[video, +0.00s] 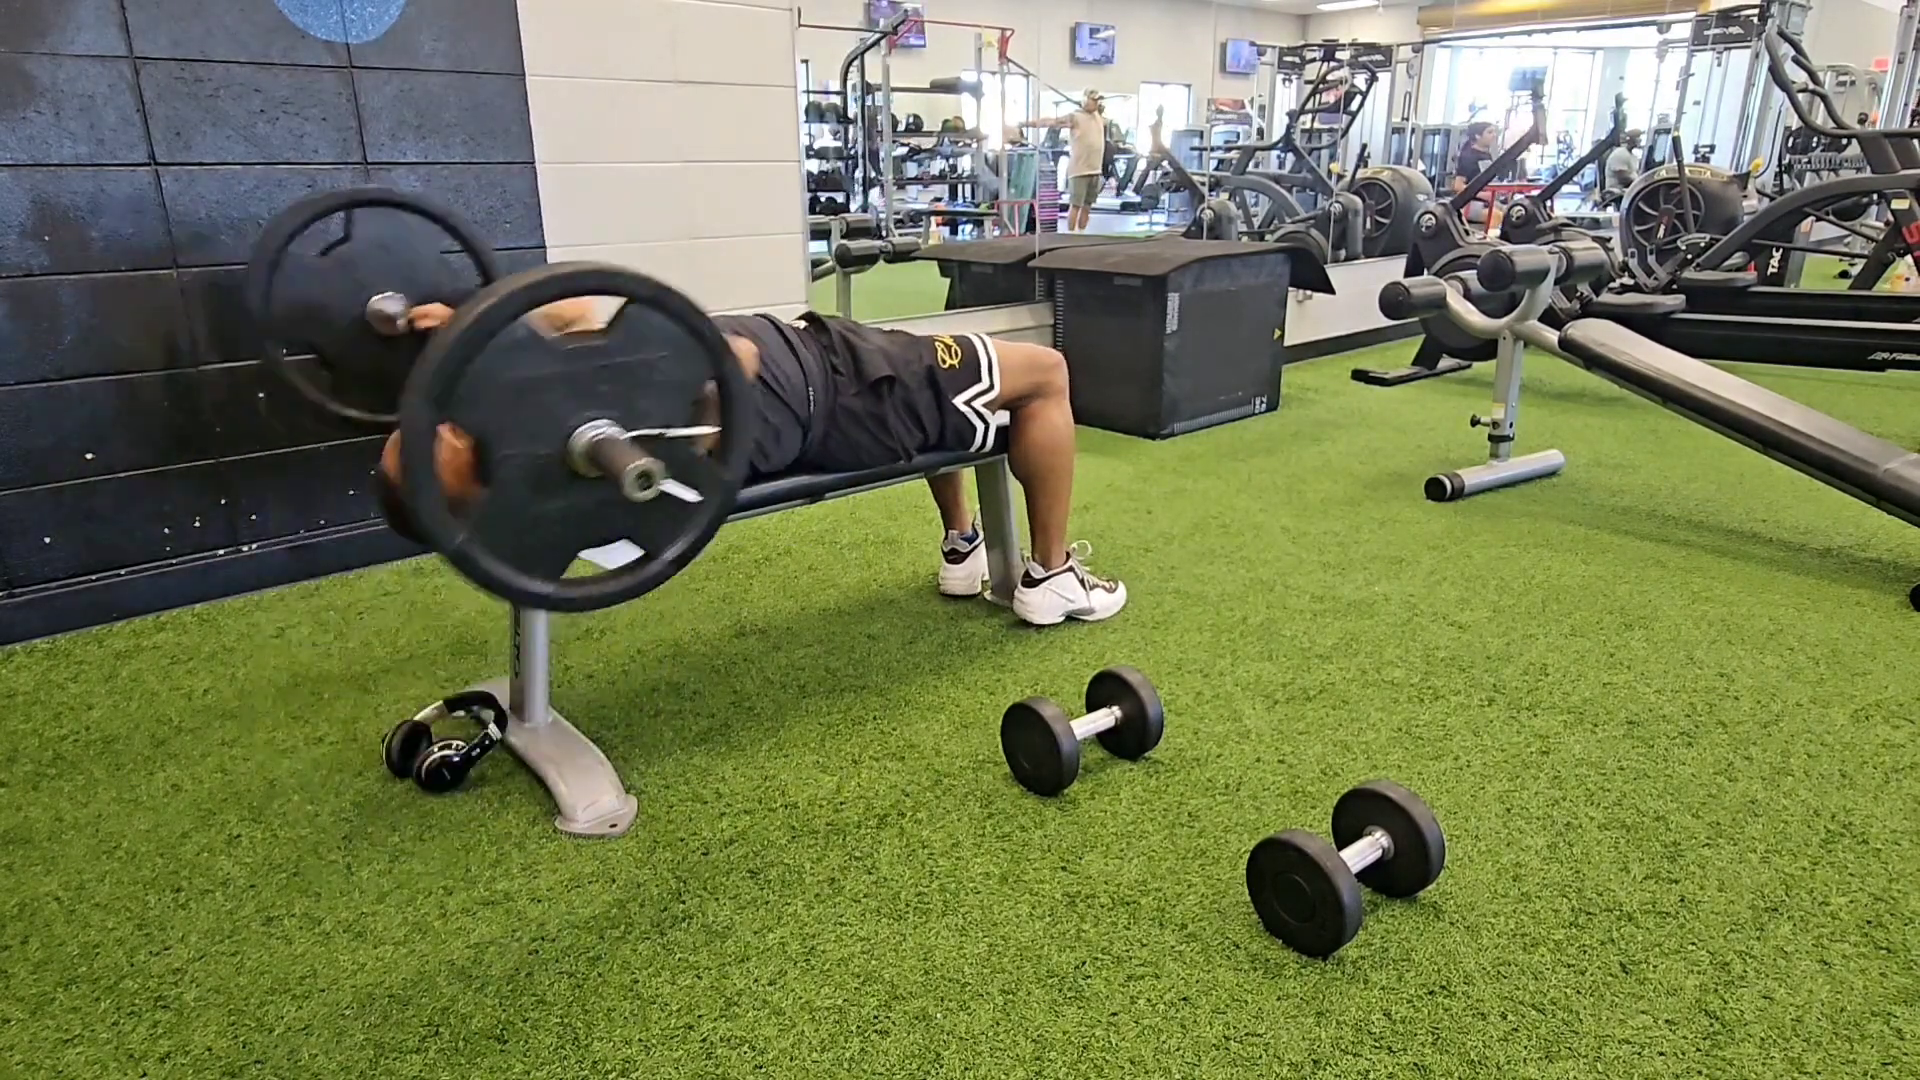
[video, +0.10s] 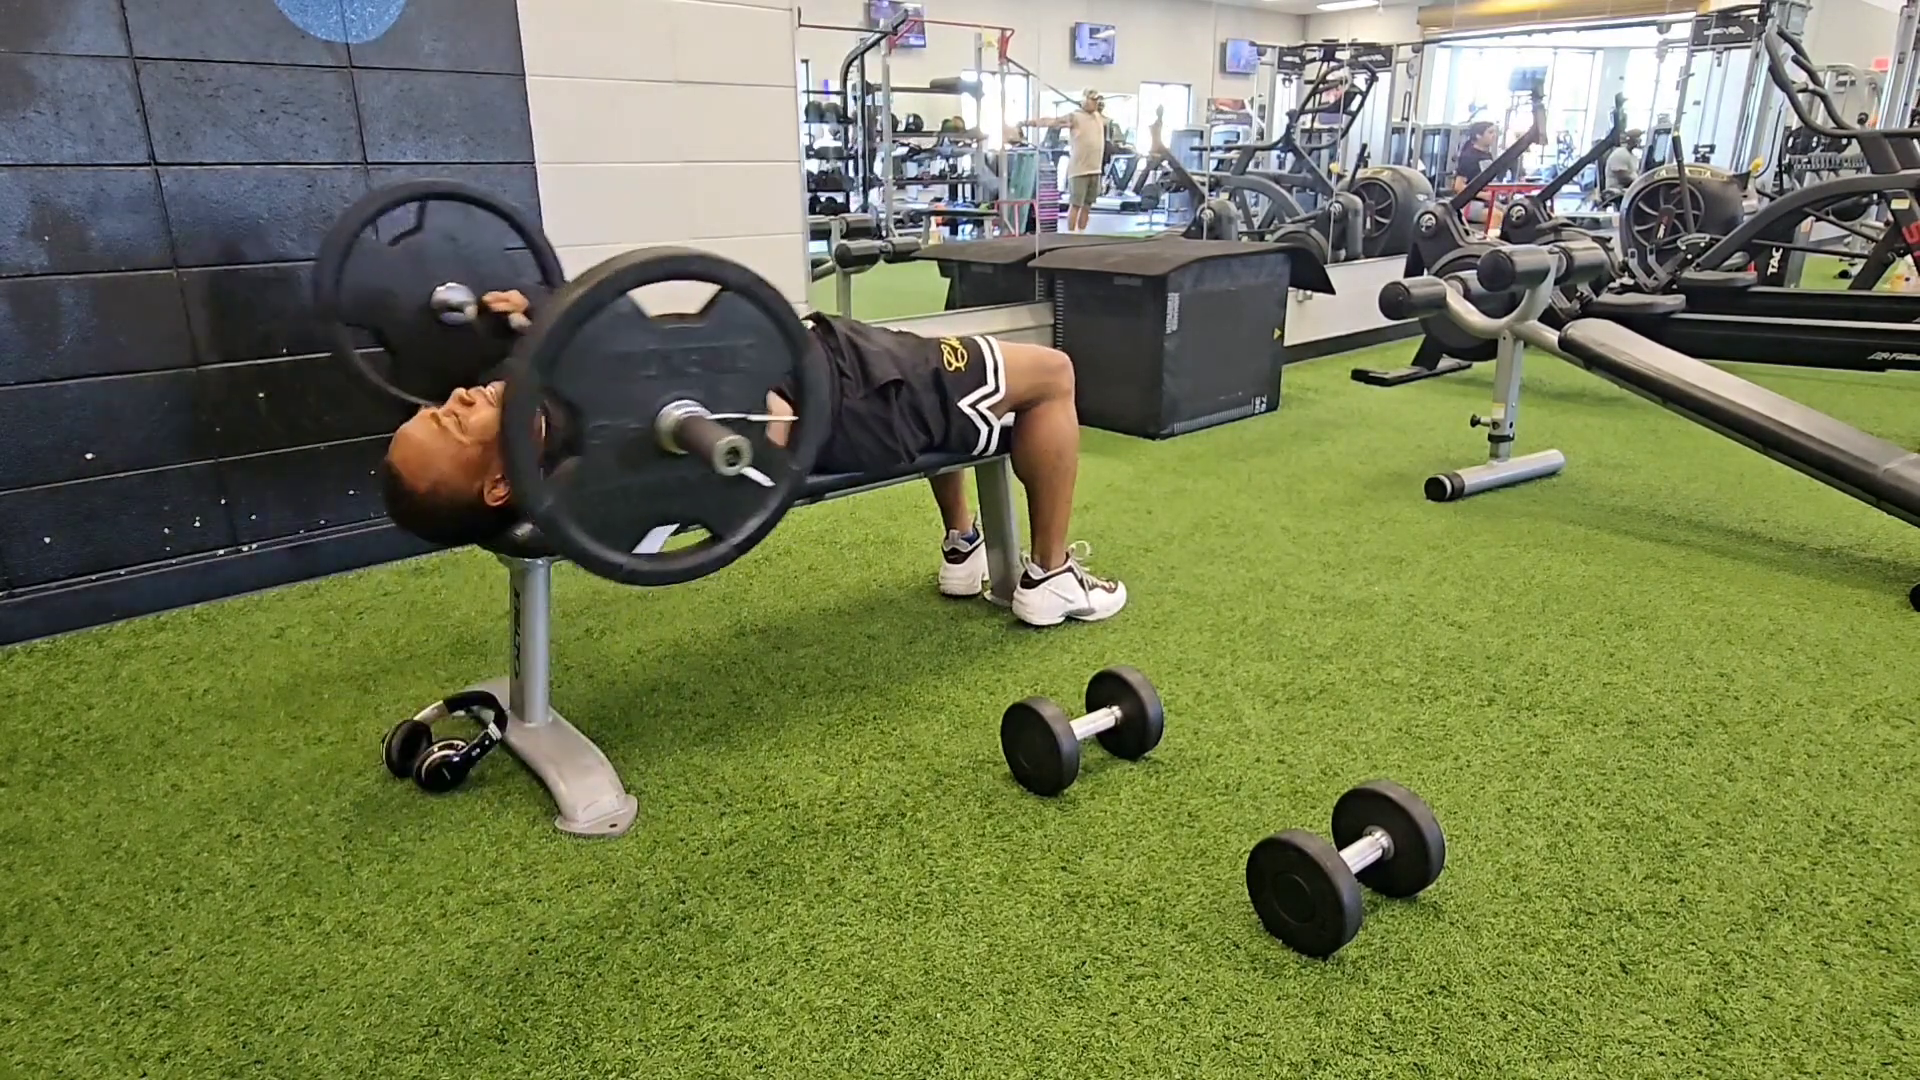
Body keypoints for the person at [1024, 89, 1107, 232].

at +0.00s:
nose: (1097, 103)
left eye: (1098, 100)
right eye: (1094, 100)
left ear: (1098, 103)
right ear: (1085, 101)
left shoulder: (1099, 118)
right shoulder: (1076, 117)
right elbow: (1053, 122)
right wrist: (1029, 124)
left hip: (1095, 169)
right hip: (1078, 169)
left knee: (1087, 207)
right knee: (1076, 205)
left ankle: (1081, 235)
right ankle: (1071, 235)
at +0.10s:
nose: (1096, 103)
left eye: (1097, 100)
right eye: (1093, 99)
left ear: (1097, 102)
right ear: (1085, 101)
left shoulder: (1099, 118)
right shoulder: (1075, 117)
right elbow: (1053, 122)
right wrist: (1030, 123)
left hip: (1095, 168)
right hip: (1078, 168)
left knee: (1087, 206)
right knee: (1076, 204)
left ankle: (1081, 234)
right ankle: (1071, 235)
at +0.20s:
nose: (1096, 103)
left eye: (1097, 100)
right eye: (1093, 99)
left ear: (1097, 102)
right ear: (1084, 101)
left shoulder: (1099, 118)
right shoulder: (1075, 117)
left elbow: (1110, 120)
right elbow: (1053, 121)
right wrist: (1029, 121)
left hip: (1095, 168)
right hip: (1078, 168)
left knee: (1087, 206)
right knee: (1076, 205)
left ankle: (1080, 234)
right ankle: (1071, 235)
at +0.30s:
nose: (1095, 103)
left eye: (1096, 100)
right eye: (1092, 99)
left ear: (1097, 102)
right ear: (1084, 100)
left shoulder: (1099, 118)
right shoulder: (1075, 116)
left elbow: (1107, 121)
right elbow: (1053, 120)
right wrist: (1029, 120)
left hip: (1095, 168)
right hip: (1078, 168)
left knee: (1087, 206)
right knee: (1076, 205)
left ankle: (1080, 234)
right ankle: (1071, 235)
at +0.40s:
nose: (1094, 103)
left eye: (1096, 100)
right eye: (1092, 100)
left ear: (1096, 102)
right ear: (1084, 100)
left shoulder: (1099, 118)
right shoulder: (1075, 116)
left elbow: (1107, 120)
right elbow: (1054, 120)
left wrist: (1107, 116)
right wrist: (1030, 120)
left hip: (1094, 168)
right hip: (1078, 168)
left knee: (1087, 206)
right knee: (1076, 205)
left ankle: (1080, 234)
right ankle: (1071, 235)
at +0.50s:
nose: (1094, 104)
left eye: (1095, 101)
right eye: (1091, 100)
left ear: (1096, 102)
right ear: (1084, 101)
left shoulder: (1099, 118)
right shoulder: (1075, 117)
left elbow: (1107, 120)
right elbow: (1054, 119)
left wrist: (1110, 117)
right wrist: (1031, 118)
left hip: (1094, 168)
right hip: (1078, 168)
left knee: (1087, 206)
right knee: (1076, 205)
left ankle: (1081, 234)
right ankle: (1071, 235)